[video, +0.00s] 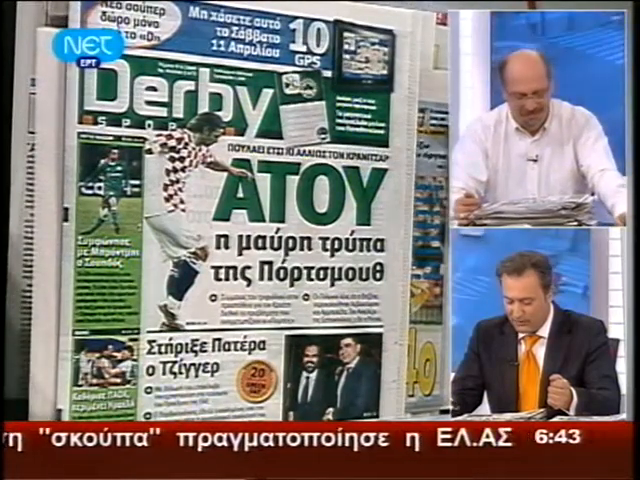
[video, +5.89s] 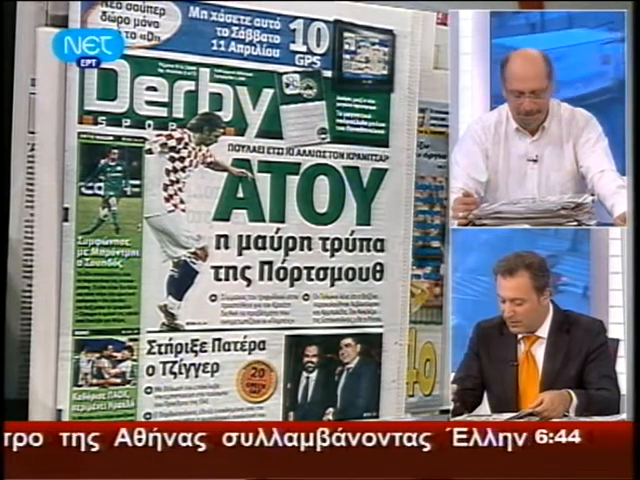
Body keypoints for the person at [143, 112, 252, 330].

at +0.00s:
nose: (215, 141)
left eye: (217, 137)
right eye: (215, 136)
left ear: (207, 132)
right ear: (205, 130)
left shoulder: (199, 149)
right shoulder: (178, 137)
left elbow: (212, 162)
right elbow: (149, 146)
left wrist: (231, 170)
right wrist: (154, 148)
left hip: (166, 209)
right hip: (161, 207)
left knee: (181, 260)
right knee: (200, 251)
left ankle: (171, 317)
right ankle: (172, 304)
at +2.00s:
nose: (215, 141)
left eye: (217, 137)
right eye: (215, 136)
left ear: (206, 132)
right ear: (205, 130)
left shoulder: (199, 149)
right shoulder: (179, 137)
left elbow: (212, 162)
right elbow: (150, 146)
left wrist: (231, 170)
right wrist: (153, 148)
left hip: (166, 209)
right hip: (161, 208)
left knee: (181, 260)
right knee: (200, 251)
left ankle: (171, 317)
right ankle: (172, 304)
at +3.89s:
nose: (215, 141)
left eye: (217, 137)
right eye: (215, 136)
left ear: (207, 132)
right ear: (205, 130)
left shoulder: (199, 150)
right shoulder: (179, 137)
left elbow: (212, 162)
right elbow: (149, 146)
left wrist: (231, 170)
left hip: (165, 209)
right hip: (161, 208)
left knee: (180, 261)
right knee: (200, 251)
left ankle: (170, 317)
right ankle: (172, 304)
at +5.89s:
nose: (215, 141)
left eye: (217, 137)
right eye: (215, 135)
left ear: (207, 132)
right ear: (205, 130)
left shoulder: (199, 150)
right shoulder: (179, 137)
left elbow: (212, 162)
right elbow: (148, 146)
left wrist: (231, 170)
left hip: (165, 209)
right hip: (161, 208)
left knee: (180, 262)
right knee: (200, 251)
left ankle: (171, 317)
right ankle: (172, 304)